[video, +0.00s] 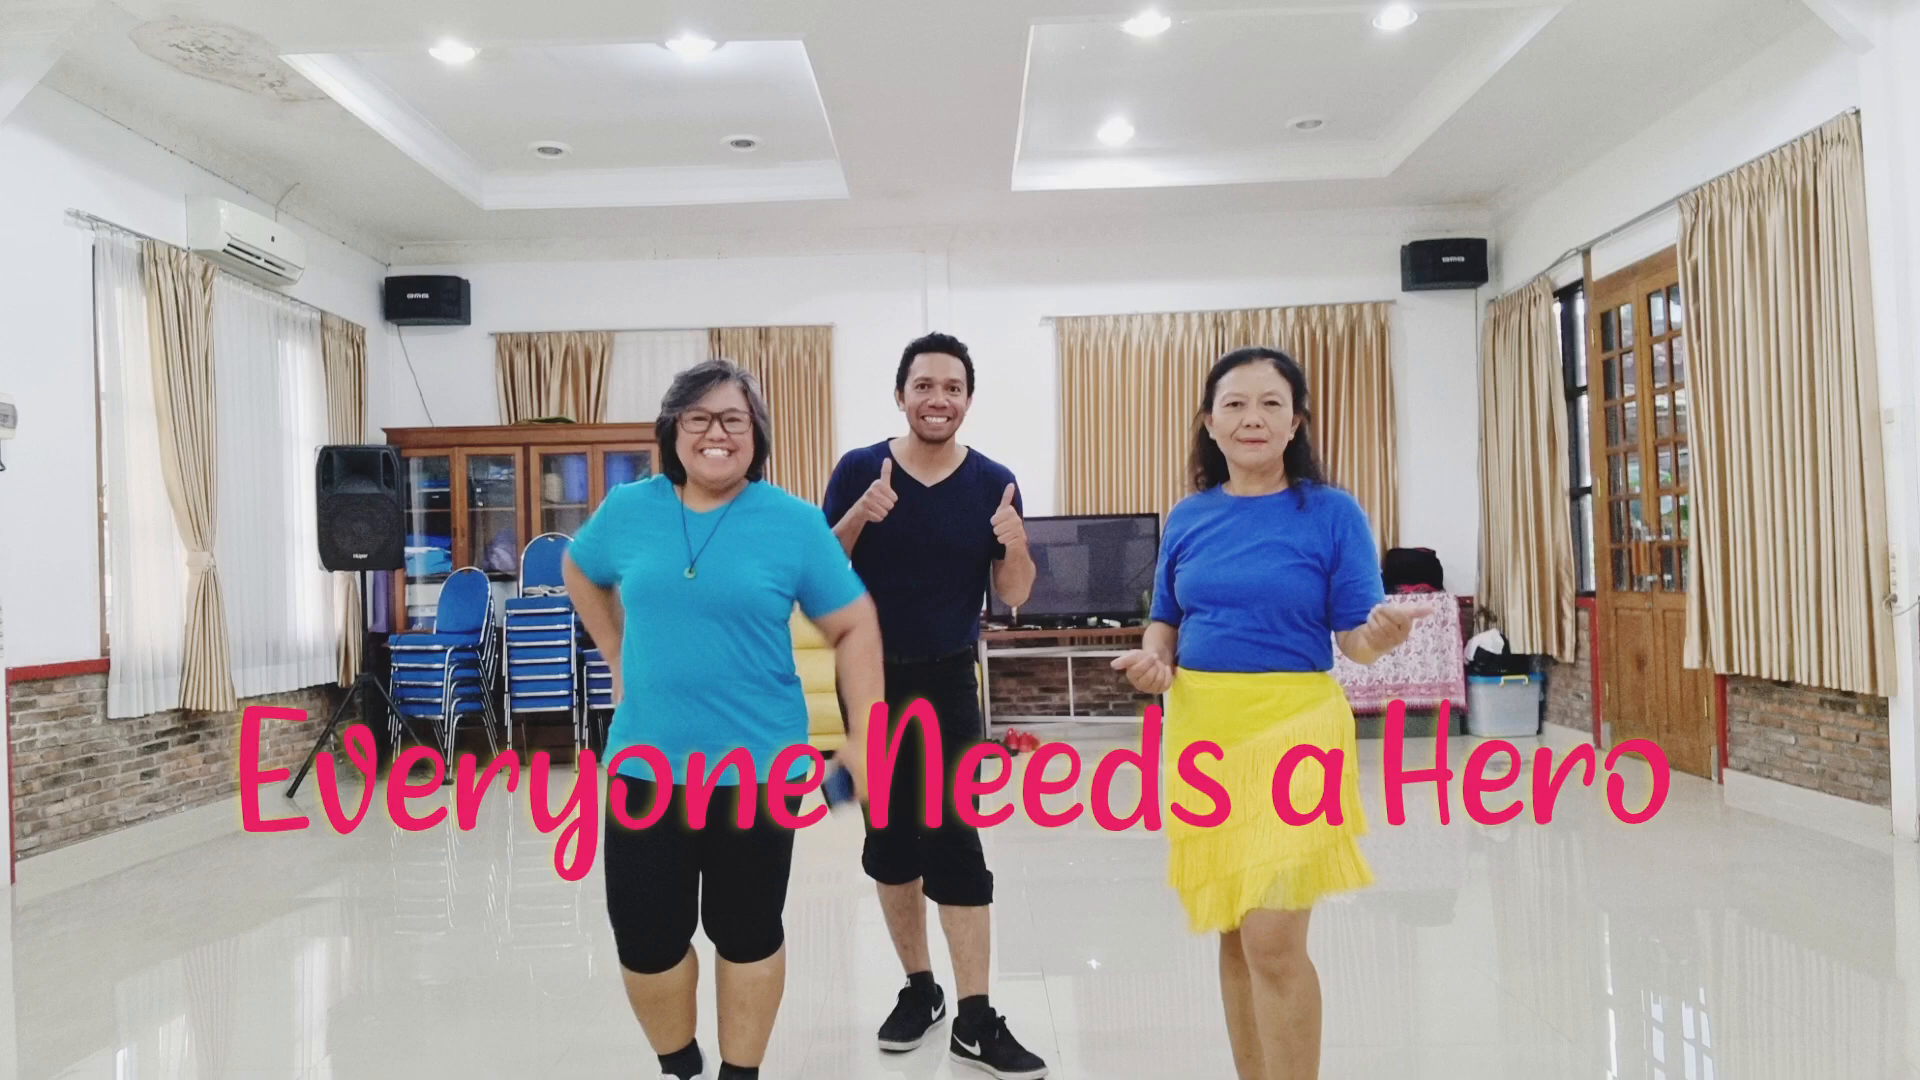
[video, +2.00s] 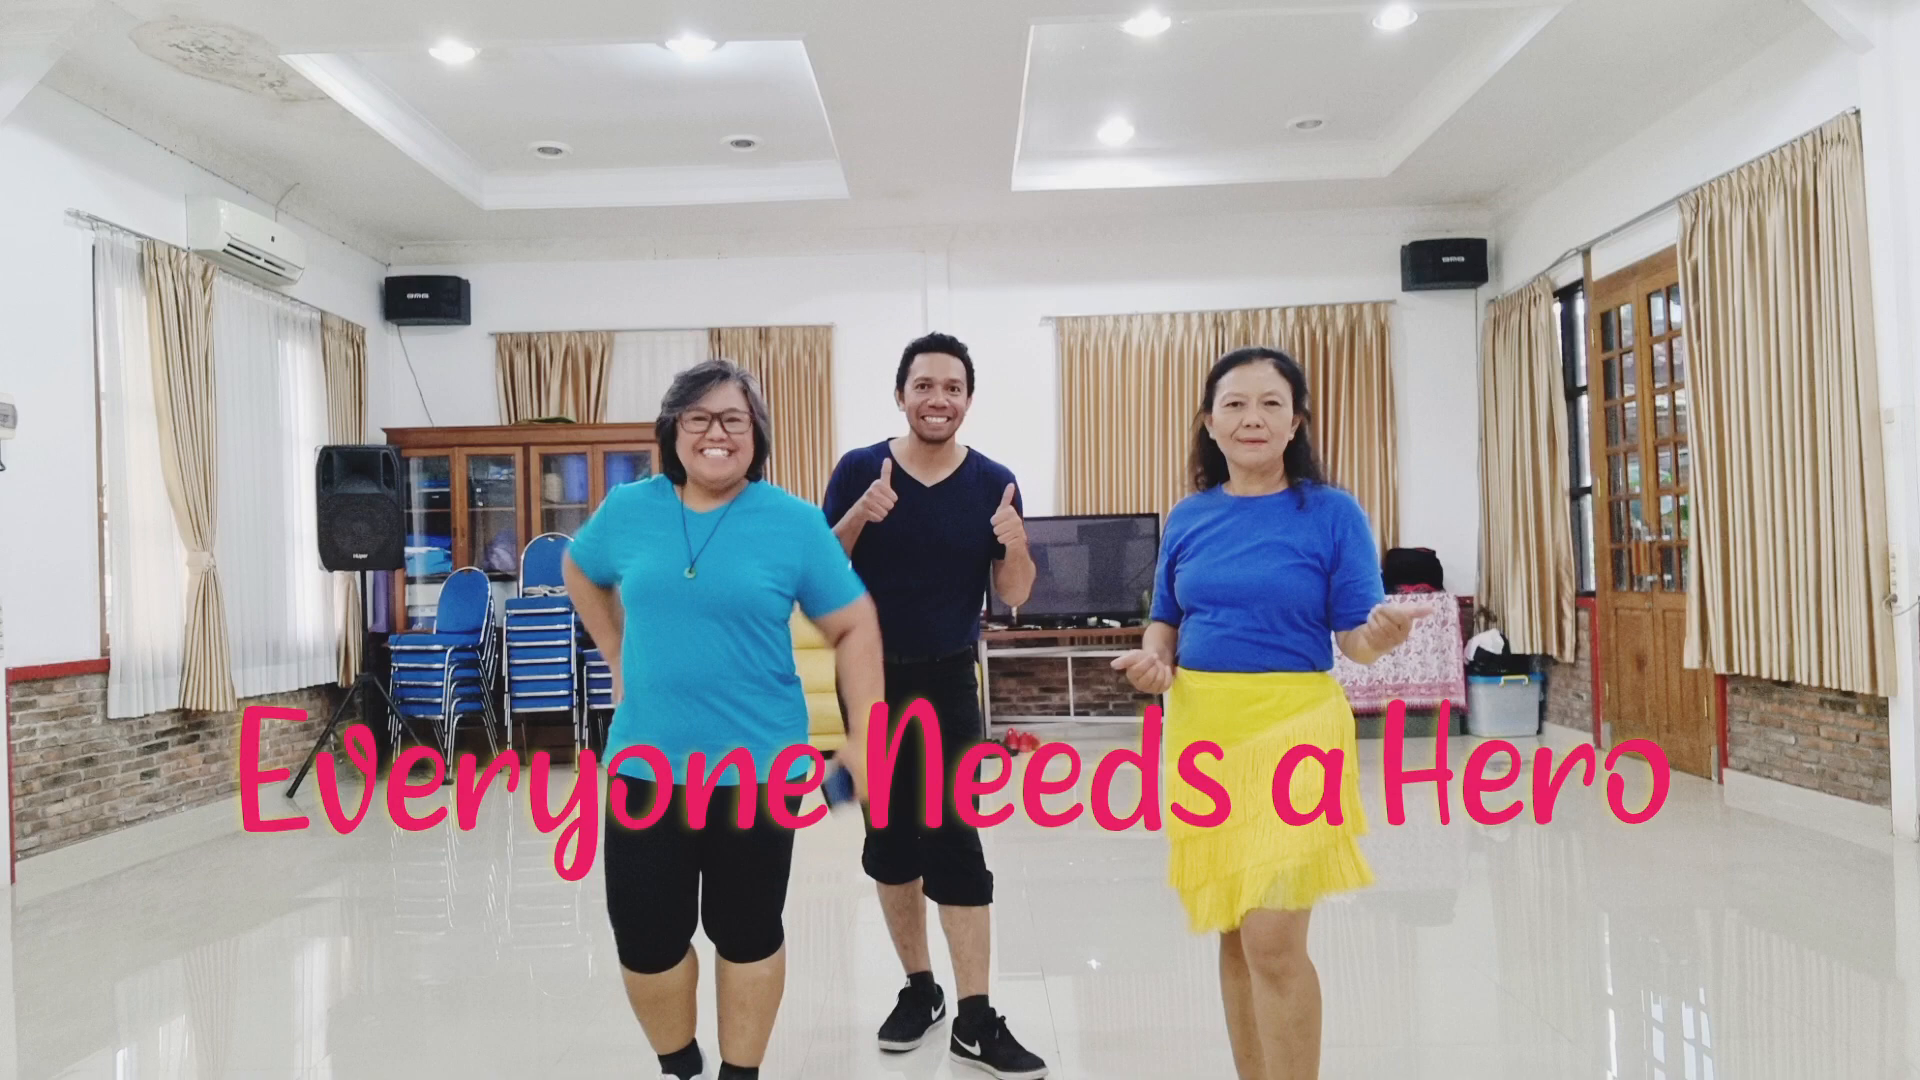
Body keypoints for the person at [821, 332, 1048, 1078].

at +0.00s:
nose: (938, 400)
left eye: (952, 388)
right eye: (924, 386)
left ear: (968, 399)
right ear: (900, 396)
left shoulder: (992, 483)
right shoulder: (858, 472)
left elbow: (1014, 595)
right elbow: (813, 570)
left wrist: (1015, 548)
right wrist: (854, 520)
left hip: (950, 676)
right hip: (872, 676)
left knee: (957, 841)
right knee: (892, 840)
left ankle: (975, 1014)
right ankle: (919, 990)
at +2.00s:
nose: (938, 400)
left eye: (952, 388)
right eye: (924, 386)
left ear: (968, 399)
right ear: (900, 396)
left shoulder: (992, 483)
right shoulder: (858, 472)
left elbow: (1014, 595)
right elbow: (813, 570)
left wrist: (1015, 548)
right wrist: (854, 520)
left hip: (950, 676)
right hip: (872, 676)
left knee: (957, 841)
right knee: (892, 840)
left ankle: (975, 1014)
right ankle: (919, 990)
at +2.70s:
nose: (938, 365)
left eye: (952, 354)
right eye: (924, 352)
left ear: (968, 365)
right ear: (901, 362)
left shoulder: (992, 448)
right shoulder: (858, 438)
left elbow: (1014, 562)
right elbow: (813, 535)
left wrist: (1015, 514)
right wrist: (854, 485)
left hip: (950, 644)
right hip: (872, 643)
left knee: (959, 809)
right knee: (892, 810)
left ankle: (975, 980)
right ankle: (919, 955)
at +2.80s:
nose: (938, 283)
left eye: (952, 271)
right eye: (924, 270)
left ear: (968, 283)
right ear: (900, 280)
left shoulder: (991, 366)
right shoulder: (858, 355)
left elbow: (1014, 479)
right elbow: (813, 453)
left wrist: (1015, 431)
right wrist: (854, 403)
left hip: (949, 562)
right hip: (870, 560)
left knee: (957, 723)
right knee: (890, 718)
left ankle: (975, 896)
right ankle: (918, 870)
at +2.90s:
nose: (939, 123)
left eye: (952, 112)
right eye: (925, 110)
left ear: (968, 124)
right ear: (901, 119)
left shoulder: (990, 206)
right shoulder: (859, 195)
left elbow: (1013, 321)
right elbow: (813, 292)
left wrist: (1015, 272)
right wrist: (855, 242)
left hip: (949, 405)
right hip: (872, 403)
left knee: (955, 570)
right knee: (893, 567)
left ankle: (978, 735)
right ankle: (919, 712)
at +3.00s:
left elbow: (1015, 52)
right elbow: (825, 31)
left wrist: (1015, 6)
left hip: (948, 130)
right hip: (870, 128)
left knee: (956, 302)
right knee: (890, 297)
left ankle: (975, 475)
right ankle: (919, 448)